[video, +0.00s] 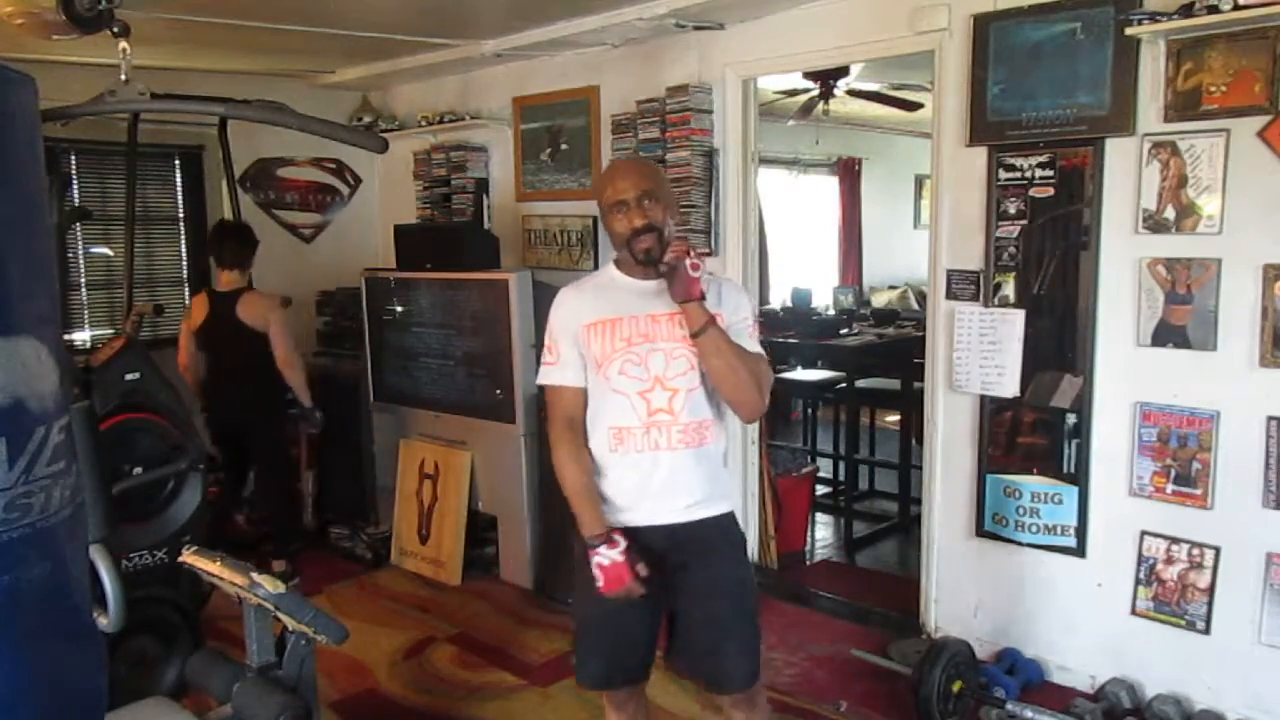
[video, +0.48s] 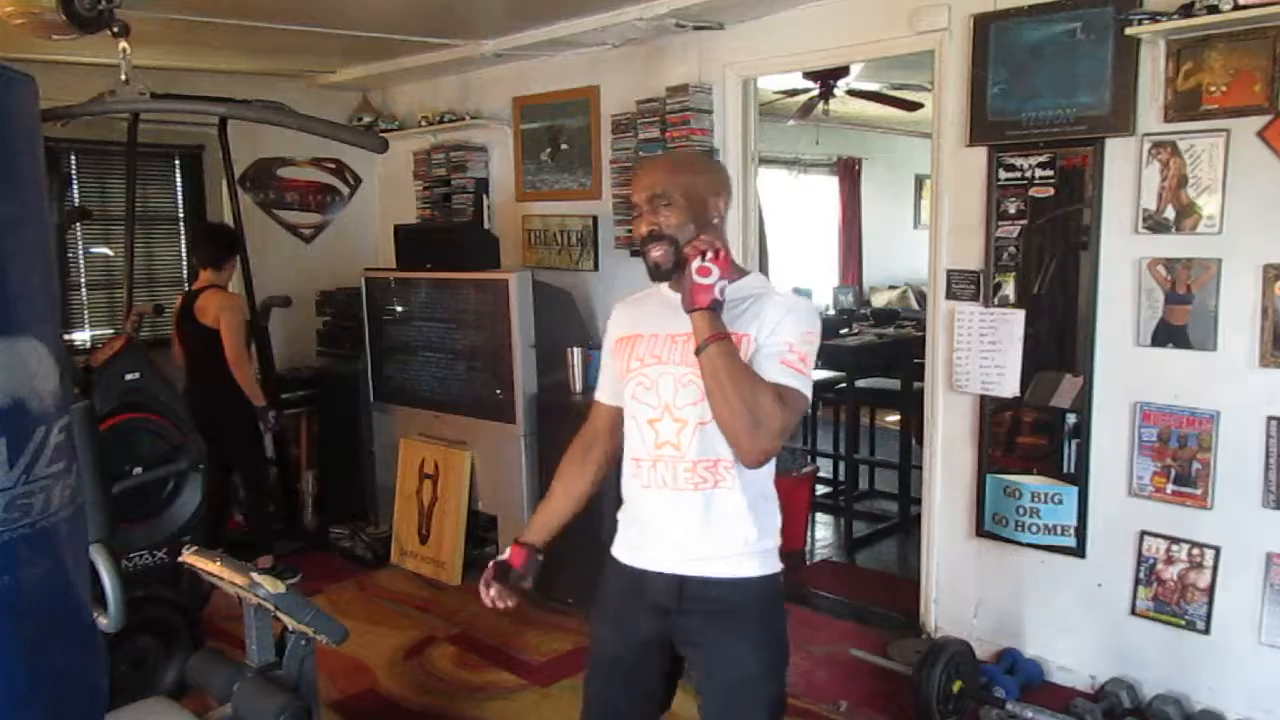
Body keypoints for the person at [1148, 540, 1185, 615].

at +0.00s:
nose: (1173, 554)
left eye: (1176, 552)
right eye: (1171, 551)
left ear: (1179, 553)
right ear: (1167, 551)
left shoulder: (1183, 567)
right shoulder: (1160, 565)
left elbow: (1182, 584)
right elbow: (1152, 580)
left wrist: (1174, 602)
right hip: (1159, 599)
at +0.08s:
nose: (1173, 554)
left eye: (1176, 552)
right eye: (1171, 551)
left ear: (1179, 553)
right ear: (1167, 551)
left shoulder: (1183, 567)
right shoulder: (1160, 565)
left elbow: (1182, 584)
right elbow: (1151, 580)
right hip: (1159, 599)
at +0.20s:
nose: (1173, 554)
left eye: (1176, 552)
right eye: (1171, 551)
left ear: (1179, 553)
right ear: (1167, 552)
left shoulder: (1183, 567)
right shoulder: (1160, 565)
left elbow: (1182, 584)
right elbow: (1153, 580)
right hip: (1159, 599)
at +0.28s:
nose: (1172, 554)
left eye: (1176, 552)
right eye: (1170, 551)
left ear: (1179, 553)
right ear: (1167, 551)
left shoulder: (1183, 567)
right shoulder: (1160, 565)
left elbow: (1182, 584)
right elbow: (1152, 580)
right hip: (1159, 599)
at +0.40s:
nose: (1173, 554)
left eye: (1176, 552)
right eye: (1171, 551)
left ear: (1179, 553)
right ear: (1167, 552)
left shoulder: (1181, 568)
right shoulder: (1160, 566)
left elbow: (1180, 586)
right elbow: (1153, 581)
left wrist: (1173, 603)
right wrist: (1151, 595)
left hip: (1173, 601)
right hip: (1160, 599)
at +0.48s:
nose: (1173, 554)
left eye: (1176, 552)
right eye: (1171, 551)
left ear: (1179, 553)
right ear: (1167, 552)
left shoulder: (1181, 568)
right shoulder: (1160, 566)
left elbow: (1180, 586)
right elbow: (1154, 581)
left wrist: (1173, 603)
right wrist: (1151, 595)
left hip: (1173, 601)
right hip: (1159, 599)